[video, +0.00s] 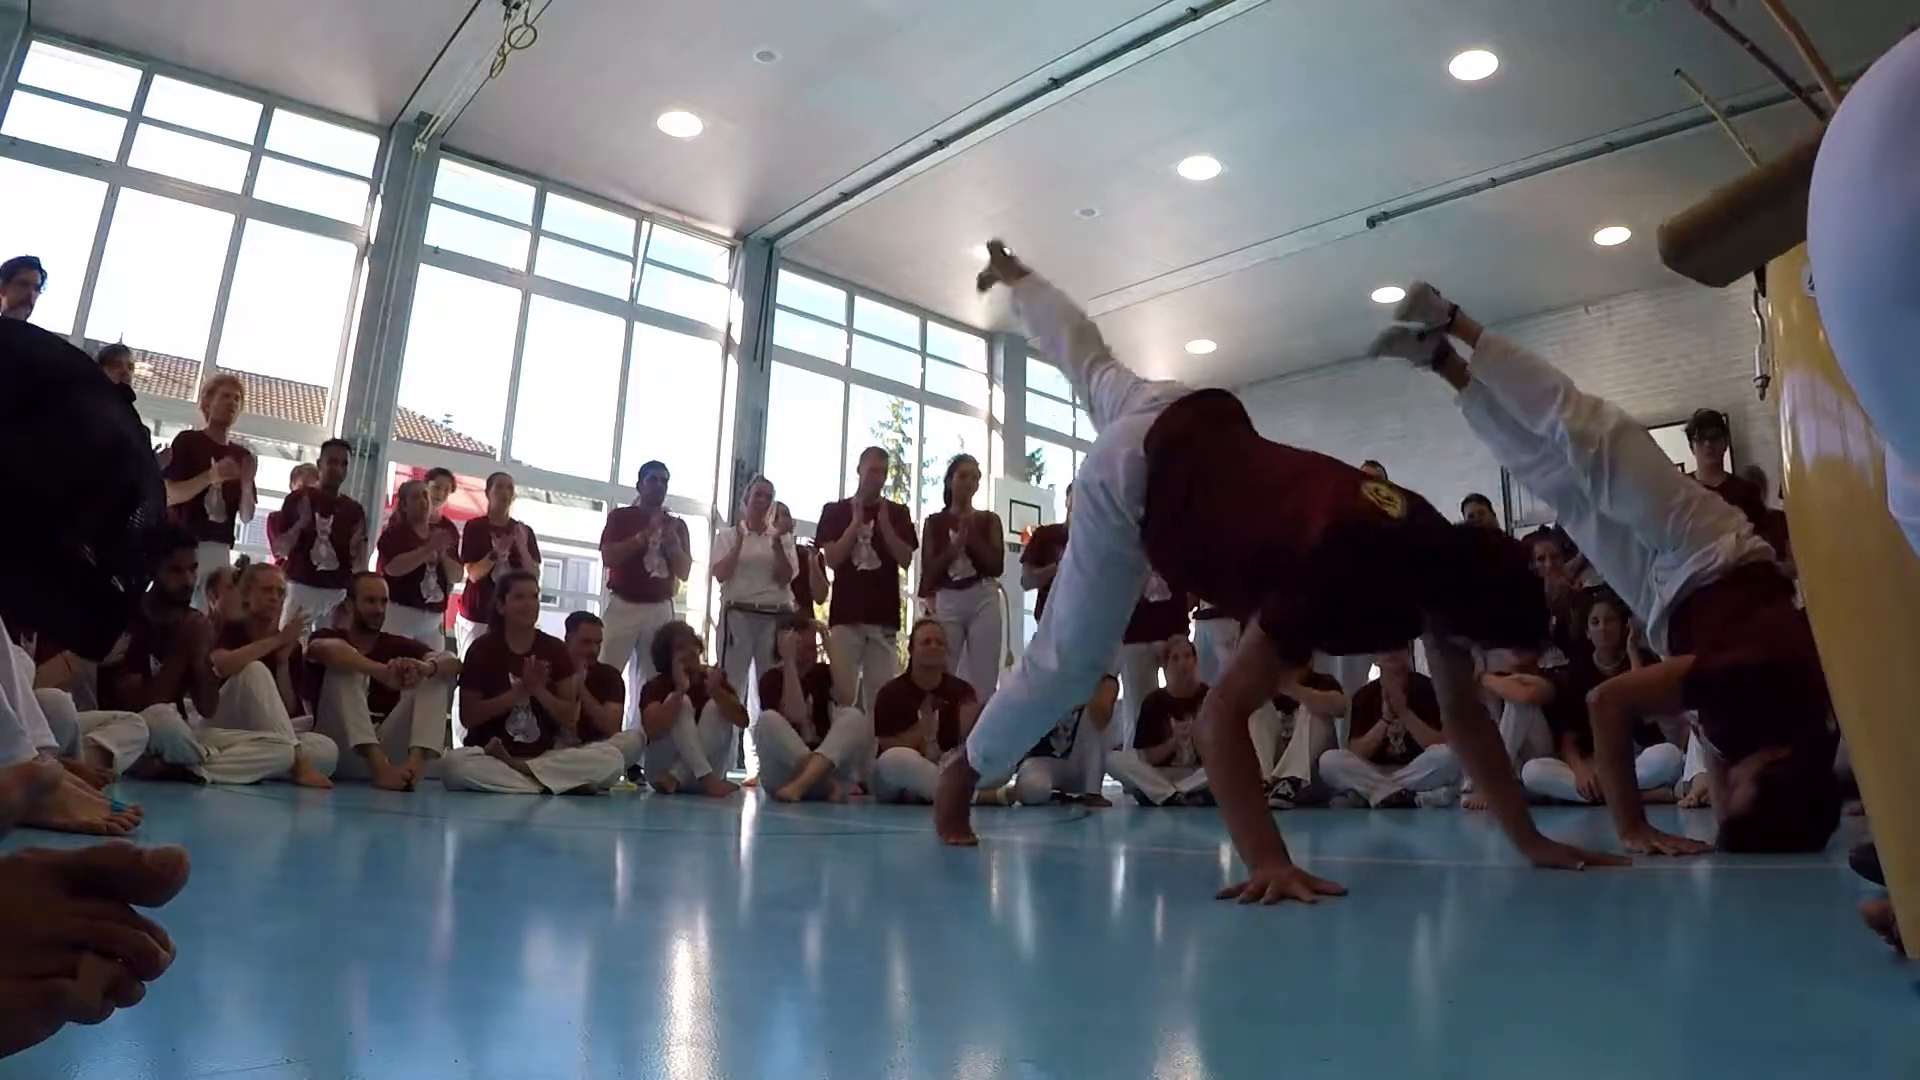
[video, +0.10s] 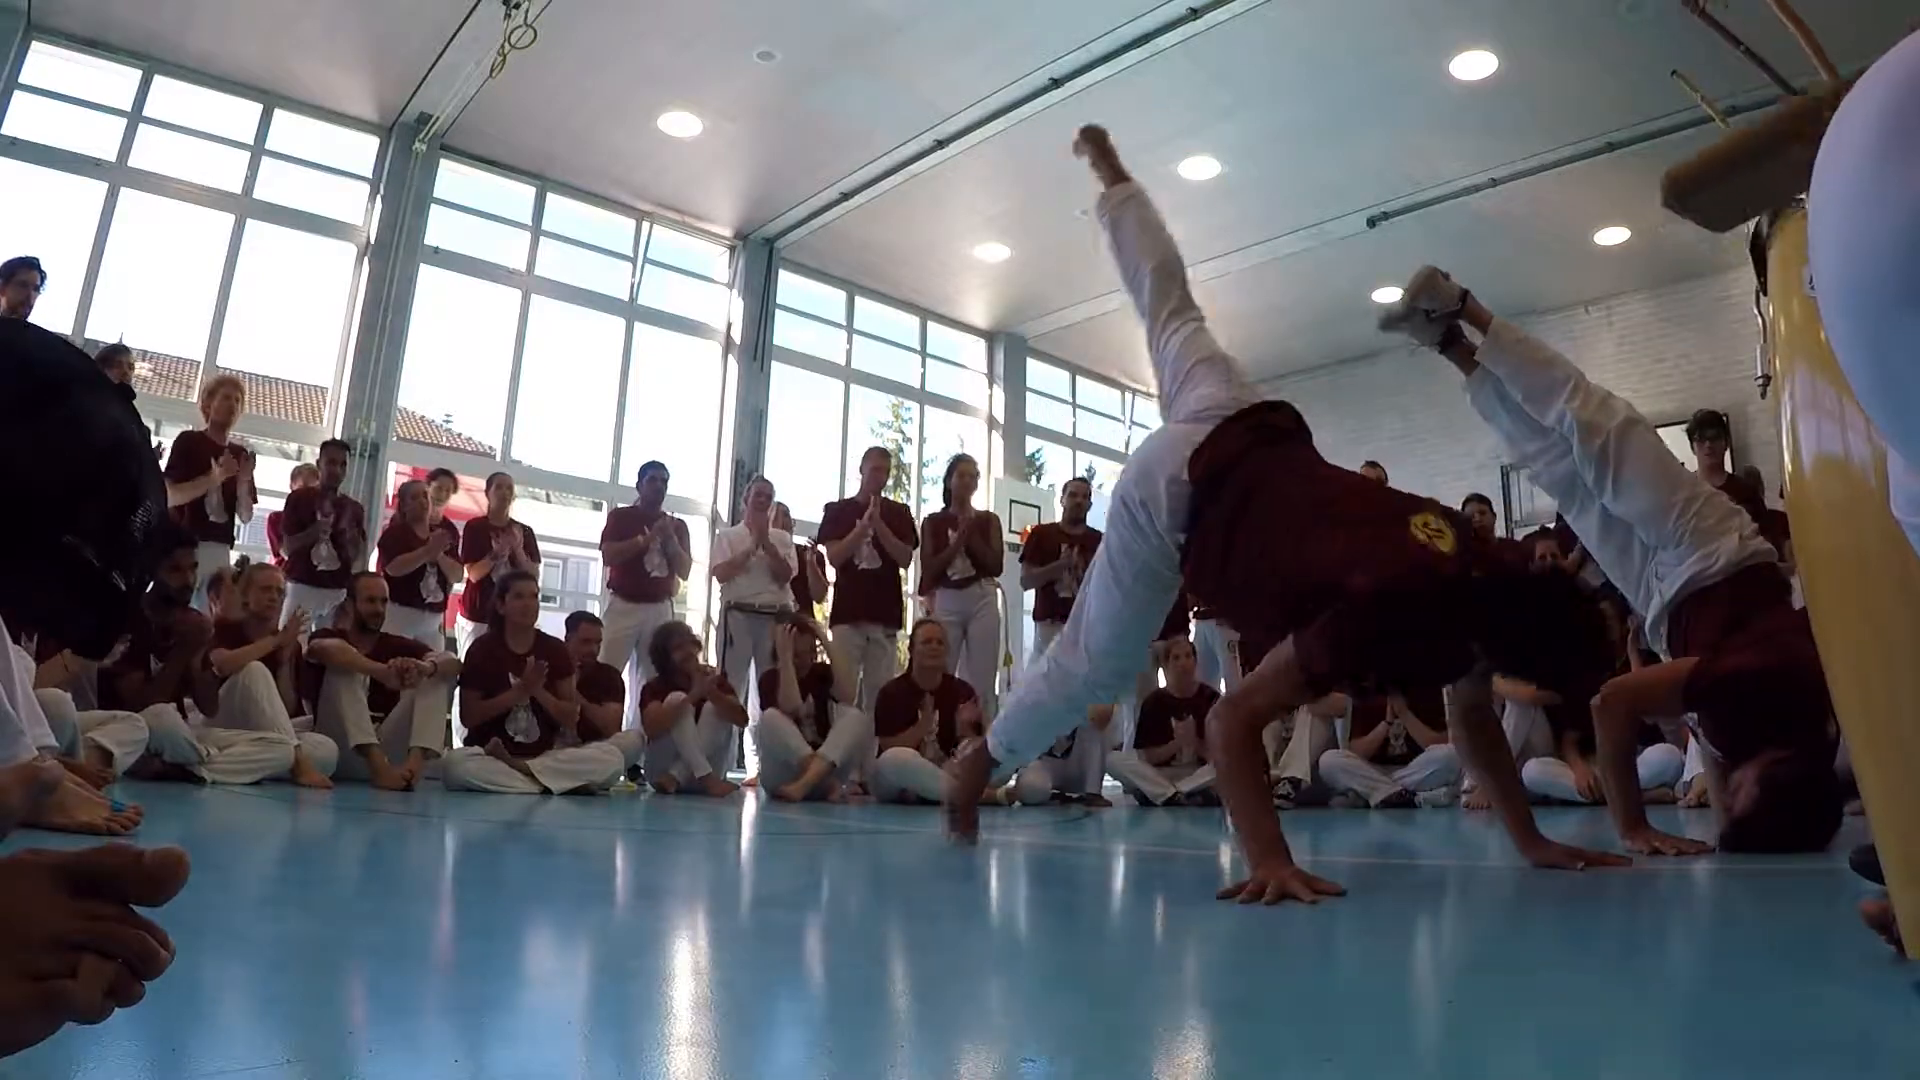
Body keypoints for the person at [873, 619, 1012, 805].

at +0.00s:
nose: (934, 647)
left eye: (939, 643)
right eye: (926, 643)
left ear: (946, 650)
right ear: (911, 651)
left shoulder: (962, 690)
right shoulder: (891, 693)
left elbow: (971, 743)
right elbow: (889, 748)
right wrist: (922, 729)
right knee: (895, 759)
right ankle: (976, 796)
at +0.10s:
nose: (934, 647)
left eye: (940, 643)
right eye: (926, 642)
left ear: (948, 651)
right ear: (911, 650)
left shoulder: (961, 690)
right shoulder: (892, 692)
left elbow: (970, 750)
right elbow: (886, 748)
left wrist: (965, 728)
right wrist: (921, 728)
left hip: (952, 775)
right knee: (897, 759)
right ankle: (982, 796)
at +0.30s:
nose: (934, 648)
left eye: (940, 643)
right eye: (926, 643)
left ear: (948, 650)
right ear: (911, 650)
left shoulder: (962, 689)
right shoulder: (892, 691)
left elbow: (970, 748)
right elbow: (887, 746)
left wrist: (960, 724)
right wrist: (928, 726)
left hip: (952, 768)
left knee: (1006, 757)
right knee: (896, 759)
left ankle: (933, 793)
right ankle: (976, 797)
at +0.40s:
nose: (935, 647)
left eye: (940, 643)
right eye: (926, 642)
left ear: (947, 650)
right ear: (911, 650)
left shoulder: (961, 690)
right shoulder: (891, 692)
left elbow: (970, 749)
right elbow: (887, 747)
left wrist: (961, 723)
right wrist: (922, 729)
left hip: (952, 769)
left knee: (1005, 757)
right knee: (896, 759)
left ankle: (932, 794)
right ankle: (976, 797)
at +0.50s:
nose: (934, 647)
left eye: (939, 642)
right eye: (926, 642)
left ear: (947, 650)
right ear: (911, 650)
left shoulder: (961, 690)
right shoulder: (891, 692)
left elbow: (972, 747)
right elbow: (886, 747)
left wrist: (951, 723)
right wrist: (925, 735)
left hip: (952, 769)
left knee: (1005, 757)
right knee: (895, 759)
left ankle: (932, 793)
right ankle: (975, 797)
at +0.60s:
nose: (933, 647)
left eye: (939, 642)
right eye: (926, 642)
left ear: (946, 649)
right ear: (911, 650)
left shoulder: (962, 690)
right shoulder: (891, 692)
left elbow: (972, 748)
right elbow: (887, 747)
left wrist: (955, 724)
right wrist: (928, 729)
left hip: (951, 769)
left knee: (1005, 757)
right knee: (895, 759)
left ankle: (932, 793)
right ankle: (975, 797)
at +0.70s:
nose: (933, 647)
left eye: (939, 642)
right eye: (926, 642)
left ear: (946, 650)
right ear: (911, 649)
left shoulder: (961, 690)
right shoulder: (891, 693)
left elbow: (971, 749)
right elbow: (887, 748)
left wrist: (960, 723)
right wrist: (922, 726)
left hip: (951, 768)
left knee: (1006, 758)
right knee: (895, 759)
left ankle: (932, 792)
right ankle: (975, 797)